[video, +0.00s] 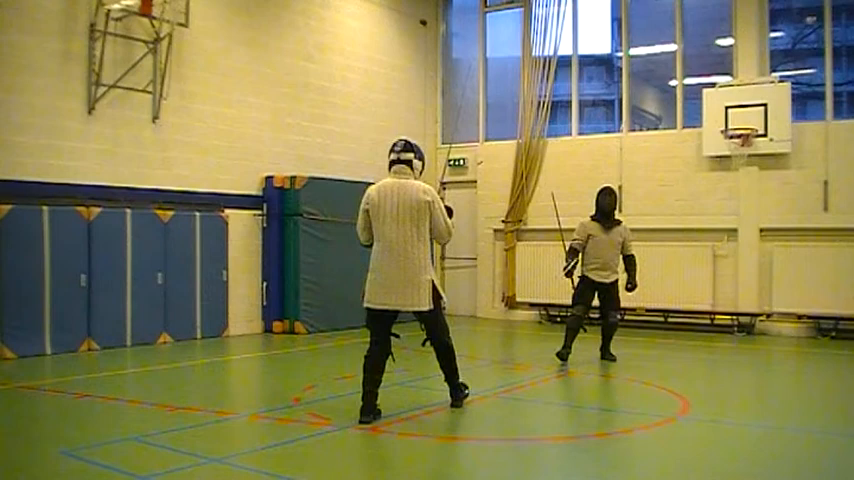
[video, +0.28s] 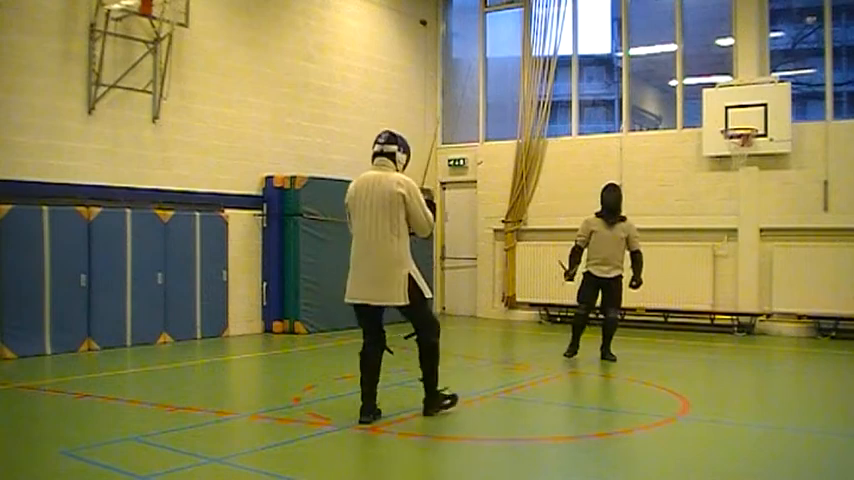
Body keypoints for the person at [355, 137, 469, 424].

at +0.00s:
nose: (420, 167)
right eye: (420, 163)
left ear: (390, 162)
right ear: (417, 163)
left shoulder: (373, 192)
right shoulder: (426, 193)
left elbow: (364, 238)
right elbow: (444, 235)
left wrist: (389, 229)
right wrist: (444, 213)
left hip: (381, 283)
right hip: (419, 283)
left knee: (378, 343)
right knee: (440, 337)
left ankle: (368, 407)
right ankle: (455, 390)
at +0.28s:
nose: (405, 162)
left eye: (405, 158)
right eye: (406, 158)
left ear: (375, 155)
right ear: (400, 157)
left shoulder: (355, 185)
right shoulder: (404, 184)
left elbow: (354, 227)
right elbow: (424, 229)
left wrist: (388, 217)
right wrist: (427, 202)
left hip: (361, 277)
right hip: (398, 275)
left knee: (372, 339)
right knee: (428, 328)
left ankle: (367, 407)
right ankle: (432, 396)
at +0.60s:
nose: (376, 159)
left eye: (376, 154)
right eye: (376, 154)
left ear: (345, 151)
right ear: (369, 153)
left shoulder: (326, 183)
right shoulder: (366, 180)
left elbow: (335, 224)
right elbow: (387, 225)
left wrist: (374, 200)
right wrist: (390, 197)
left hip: (328, 280)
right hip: (355, 280)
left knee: (358, 344)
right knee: (355, 345)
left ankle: (360, 408)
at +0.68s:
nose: (368, 159)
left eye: (367, 154)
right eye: (368, 154)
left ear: (337, 150)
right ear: (362, 153)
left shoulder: (318, 184)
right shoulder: (357, 180)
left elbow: (340, 224)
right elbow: (379, 225)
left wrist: (373, 196)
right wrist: (382, 199)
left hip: (324, 276)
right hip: (345, 277)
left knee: (357, 340)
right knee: (337, 348)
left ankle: (359, 409)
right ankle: (284, 412)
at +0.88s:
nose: (343, 163)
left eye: (343, 157)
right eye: (342, 157)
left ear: (312, 152)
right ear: (333, 154)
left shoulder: (290, 185)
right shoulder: (326, 180)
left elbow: (311, 226)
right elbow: (349, 228)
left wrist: (343, 197)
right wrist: (354, 201)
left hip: (294, 285)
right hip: (315, 286)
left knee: (334, 344)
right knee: (302, 357)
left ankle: (351, 407)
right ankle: (260, 430)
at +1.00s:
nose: (323, 158)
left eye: (323, 152)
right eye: (322, 151)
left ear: (290, 147)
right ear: (313, 149)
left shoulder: (271, 182)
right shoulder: (307, 177)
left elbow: (288, 224)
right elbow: (330, 226)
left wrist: (326, 194)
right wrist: (335, 197)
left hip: (275, 283)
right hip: (298, 284)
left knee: (314, 348)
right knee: (292, 356)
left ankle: (338, 409)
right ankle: (253, 434)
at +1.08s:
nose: (313, 154)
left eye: (314, 148)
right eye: (312, 148)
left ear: (279, 144)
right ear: (303, 146)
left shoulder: (262, 177)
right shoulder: (296, 174)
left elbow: (280, 220)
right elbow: (322, 223)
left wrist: (318, 190)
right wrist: (327, 193)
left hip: (267, 281)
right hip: (290, 282)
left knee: (308, 345)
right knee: (285, 355)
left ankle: (325, 412)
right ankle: (249, 433)